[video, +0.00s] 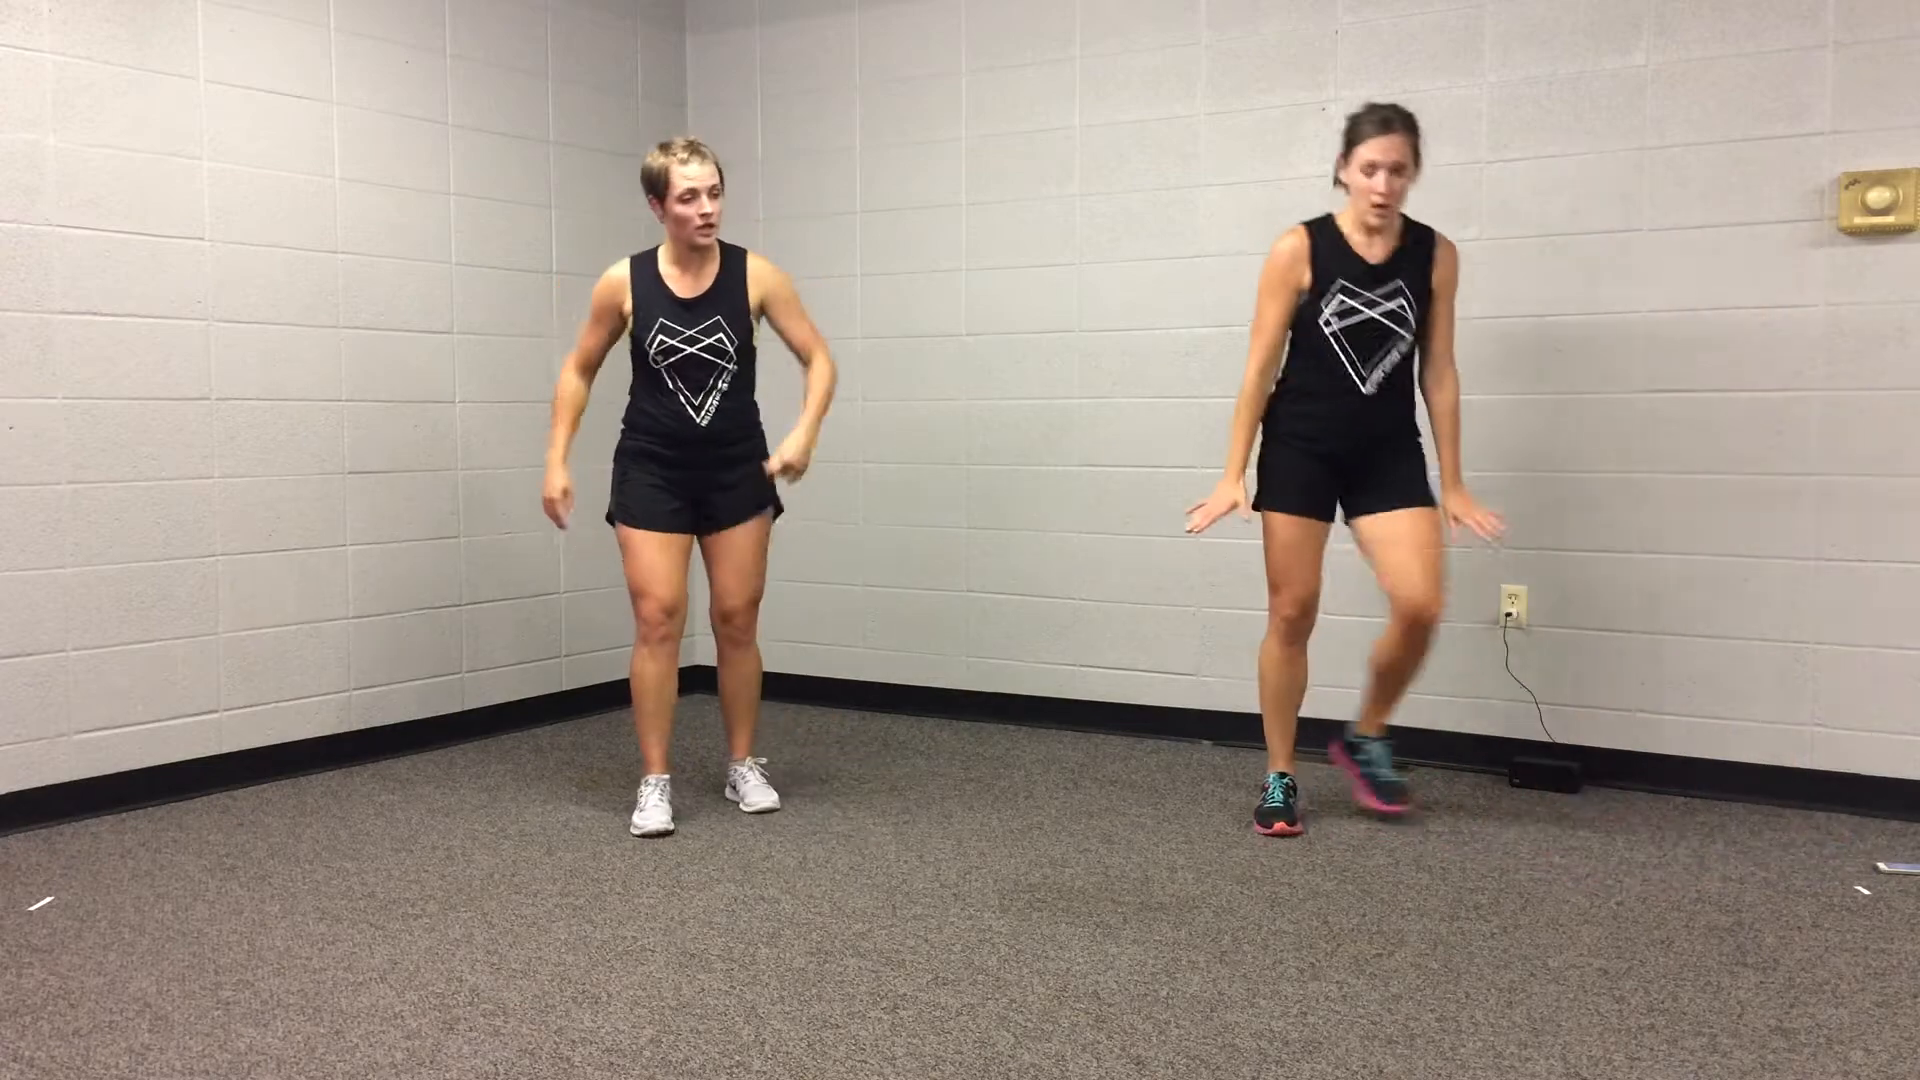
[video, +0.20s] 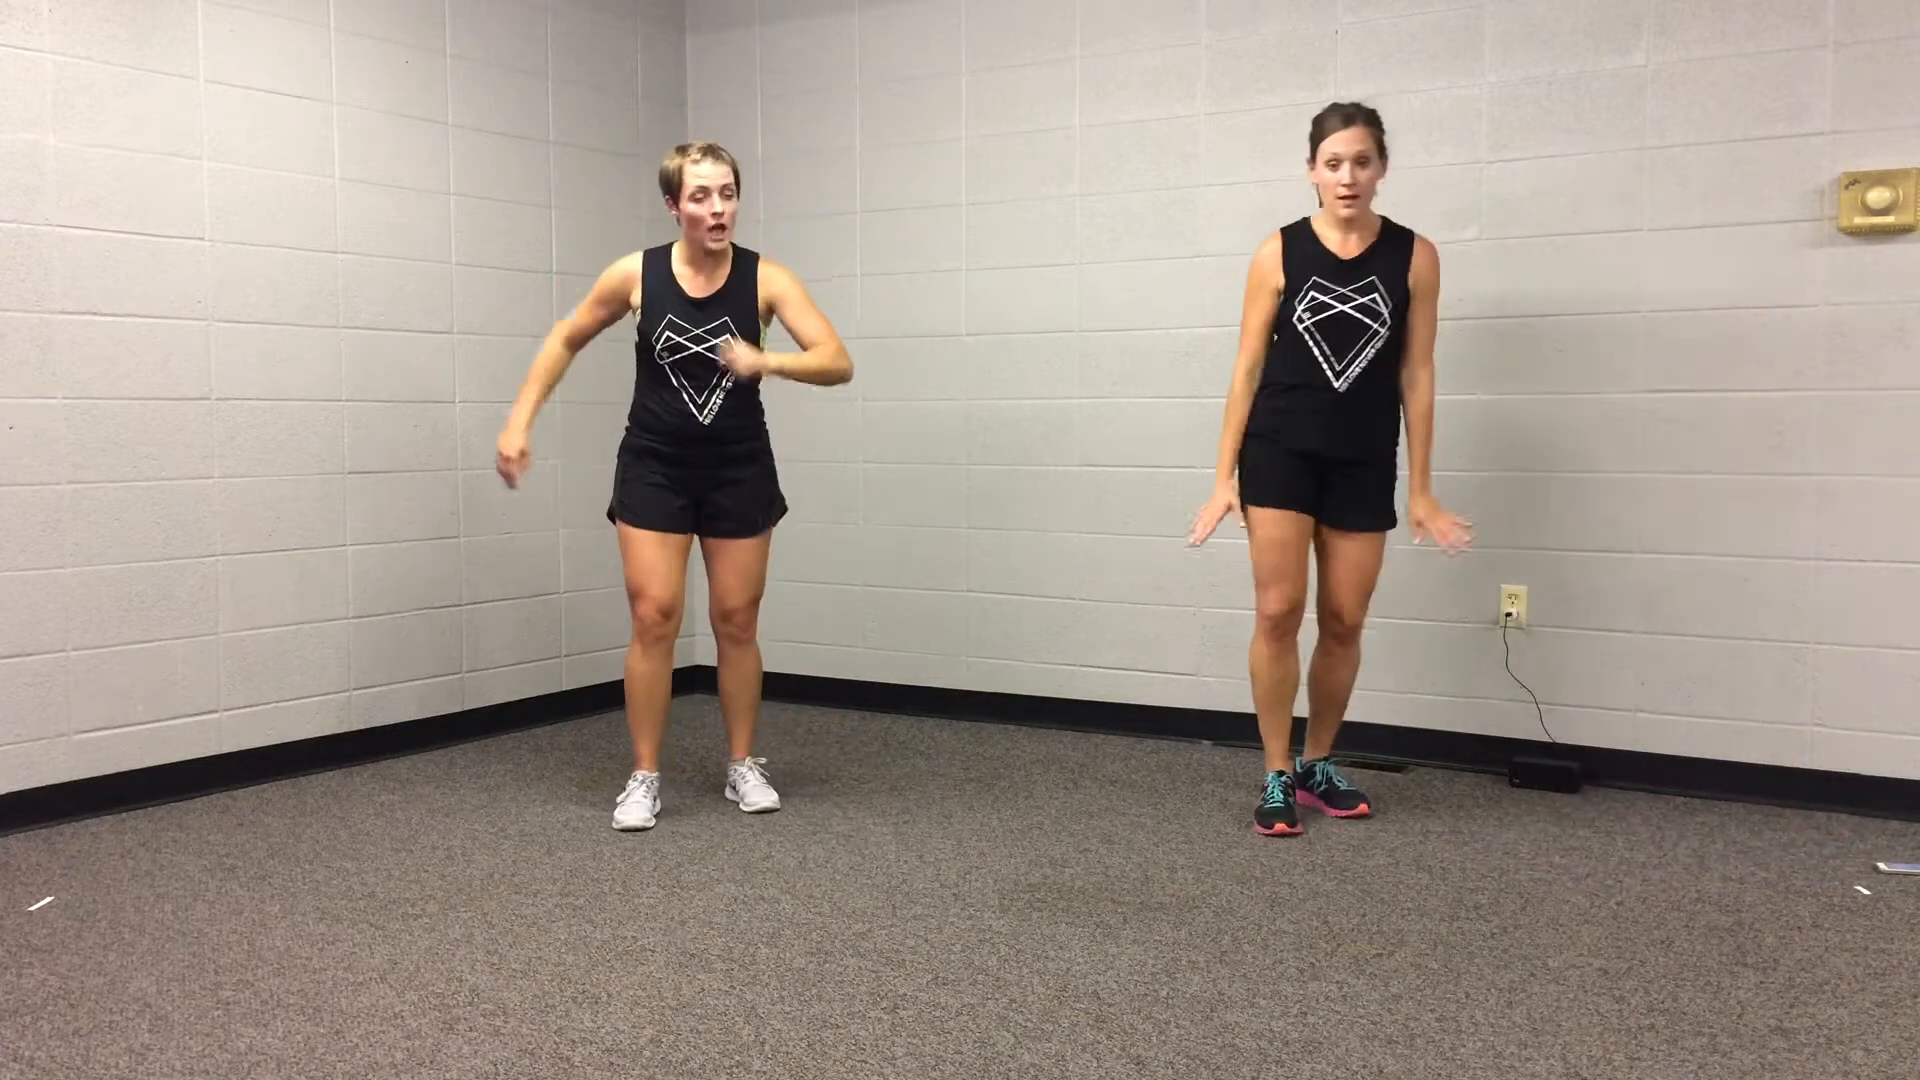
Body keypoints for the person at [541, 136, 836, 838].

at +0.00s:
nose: (707, 207)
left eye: (713, 193)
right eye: (690, 196)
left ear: (723, 197)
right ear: (659, 206)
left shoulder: (757, 277)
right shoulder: (623, 285)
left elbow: (819, 360)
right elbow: (580, 369)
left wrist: (804, 438)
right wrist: (556, 462)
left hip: (736, 470)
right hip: (652, 471)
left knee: (737, 618)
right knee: (657, 619)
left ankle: (743, 766)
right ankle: (654, 780)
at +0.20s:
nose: (715, 207)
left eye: (726, 193)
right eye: (700, 195)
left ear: (739, 201)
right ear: (674, 206)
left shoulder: (767, 279)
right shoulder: (633, 276)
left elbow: (838, 363)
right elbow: (566, 340)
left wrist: (765, 362)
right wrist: (518, 421)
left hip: (738, 472)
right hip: (654, 470)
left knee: (737, 619)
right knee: (652, 615)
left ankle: (743, 764)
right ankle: (645, 774)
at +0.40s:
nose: (708, 210)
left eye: (720, 195)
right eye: (693, 198)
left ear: (739, 205)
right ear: (673, 209)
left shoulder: (761, 285)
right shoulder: (640, 260)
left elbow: (802, 375)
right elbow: (549, 274)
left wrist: (782, 278)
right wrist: (465, 311)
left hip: (730, 469)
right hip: (646, 467)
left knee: (733, 620)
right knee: (650, 615)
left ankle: (743, 764)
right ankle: (643, 775)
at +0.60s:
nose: (707, 220)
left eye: (719, 206)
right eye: (692, 209)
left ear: (739, 213)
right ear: (674, 216)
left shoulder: (762, 290)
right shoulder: (649, 254)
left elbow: (776, 398)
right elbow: (546, 218)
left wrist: (724, 319)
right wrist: (447, 254)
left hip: (717, 470)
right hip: (635, 467)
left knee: (725, 619)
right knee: (641, 616)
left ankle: (744, 764)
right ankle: (641, 774)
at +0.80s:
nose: (689, 246)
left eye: (702, 232)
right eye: (676, 232)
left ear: (722, 235)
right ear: (657, 235)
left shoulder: (752, 313)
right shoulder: (618, 304)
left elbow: (755, 414)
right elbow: (534, 363)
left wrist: (744, 504)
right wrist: (530, 466)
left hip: (704, 493)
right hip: (621, 487)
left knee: (717, 644)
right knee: (632, 633)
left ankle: (741, 762)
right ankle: (641, 778)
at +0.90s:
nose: (679, 251)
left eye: (693, 239)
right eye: (667, 236)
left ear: (707, 239)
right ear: (642, 234)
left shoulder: (732, 303)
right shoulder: (601, 317)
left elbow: (783, 377)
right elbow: (580, 422)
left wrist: (836, 420)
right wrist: (653, 449)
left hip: (705, 493)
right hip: (618, 499)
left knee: (736, 630)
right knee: (627, 640)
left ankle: (752, 747)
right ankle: (640, 779)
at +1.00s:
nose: (674, 239)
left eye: (688, 227)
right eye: (662, 223)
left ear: (703, 225)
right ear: (635, 215)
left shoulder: (715, 275)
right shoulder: (598, 291)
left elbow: (803, 316)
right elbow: (637, 365)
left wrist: (856, 276)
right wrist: (721, 293)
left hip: (713, 476)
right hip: (631, 486)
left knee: (761, 606)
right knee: (639, 641)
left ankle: (782, 766)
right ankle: (641, 779)